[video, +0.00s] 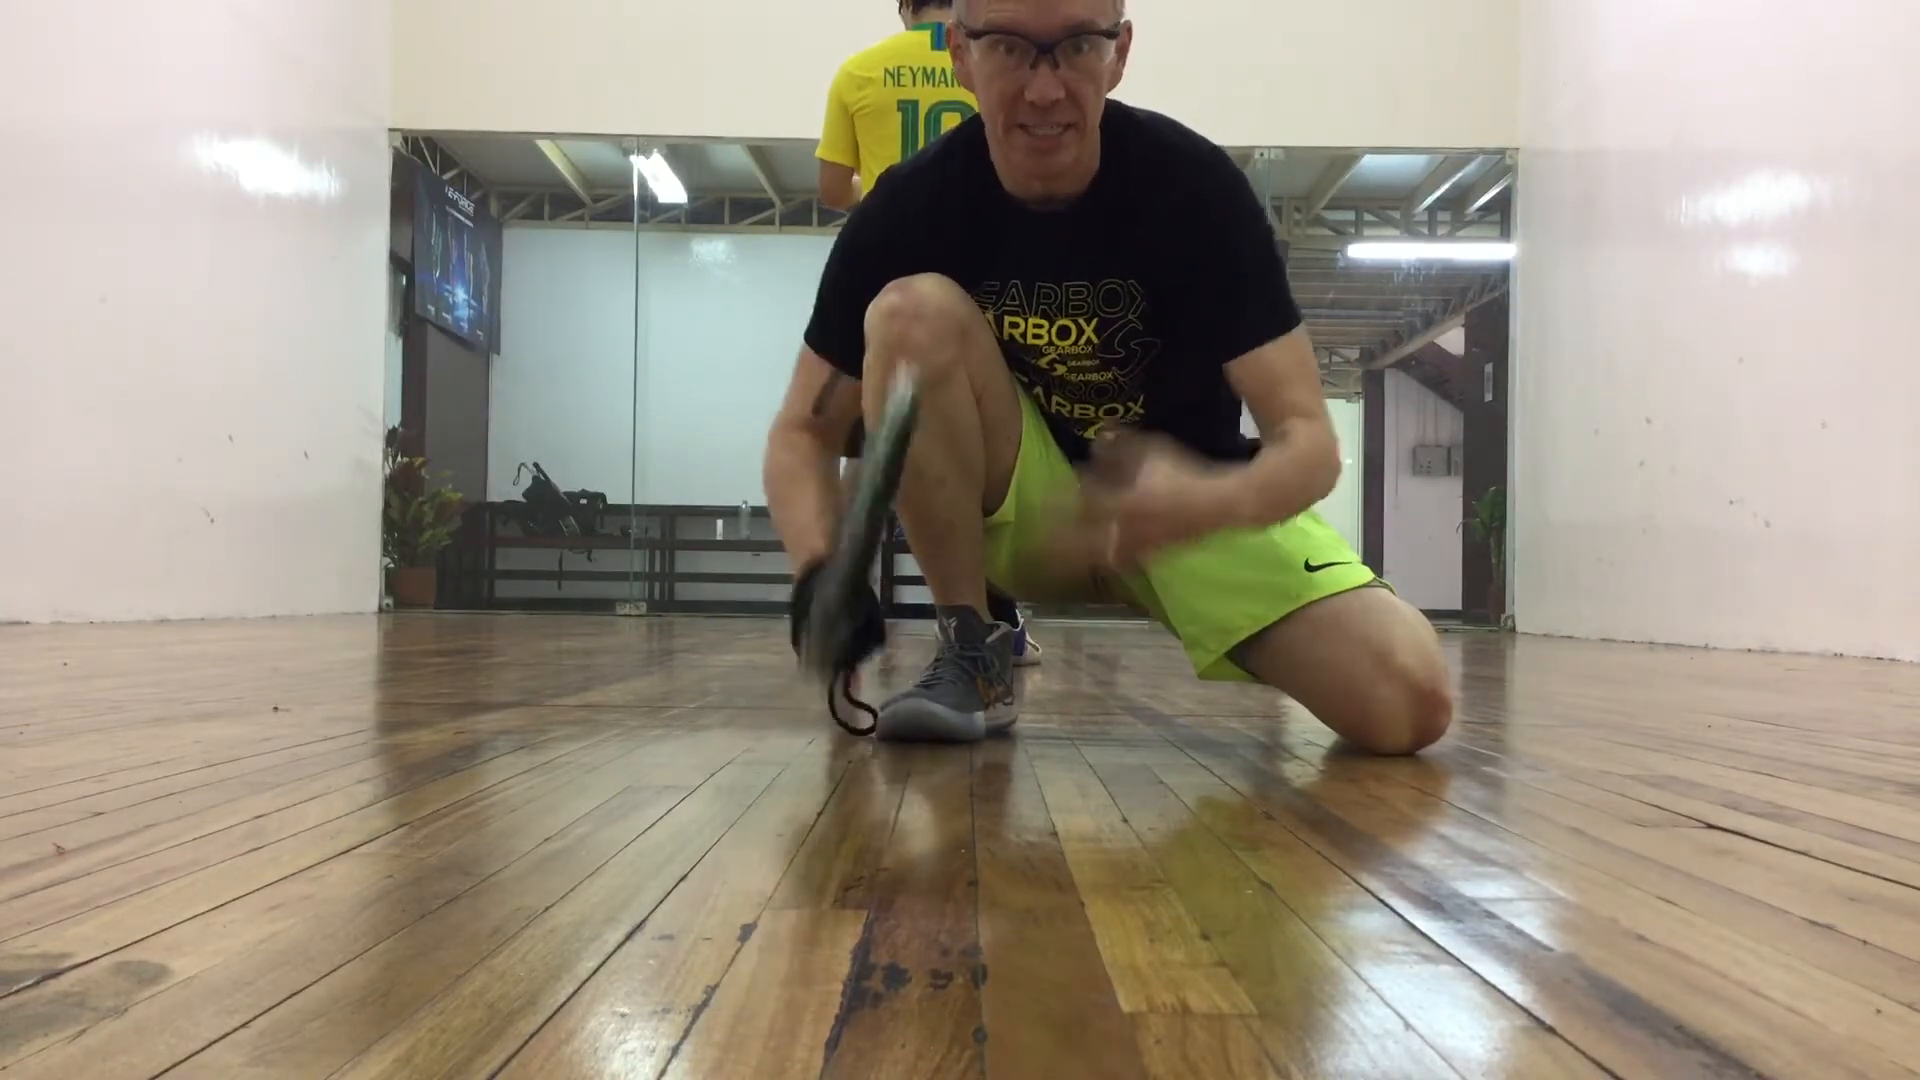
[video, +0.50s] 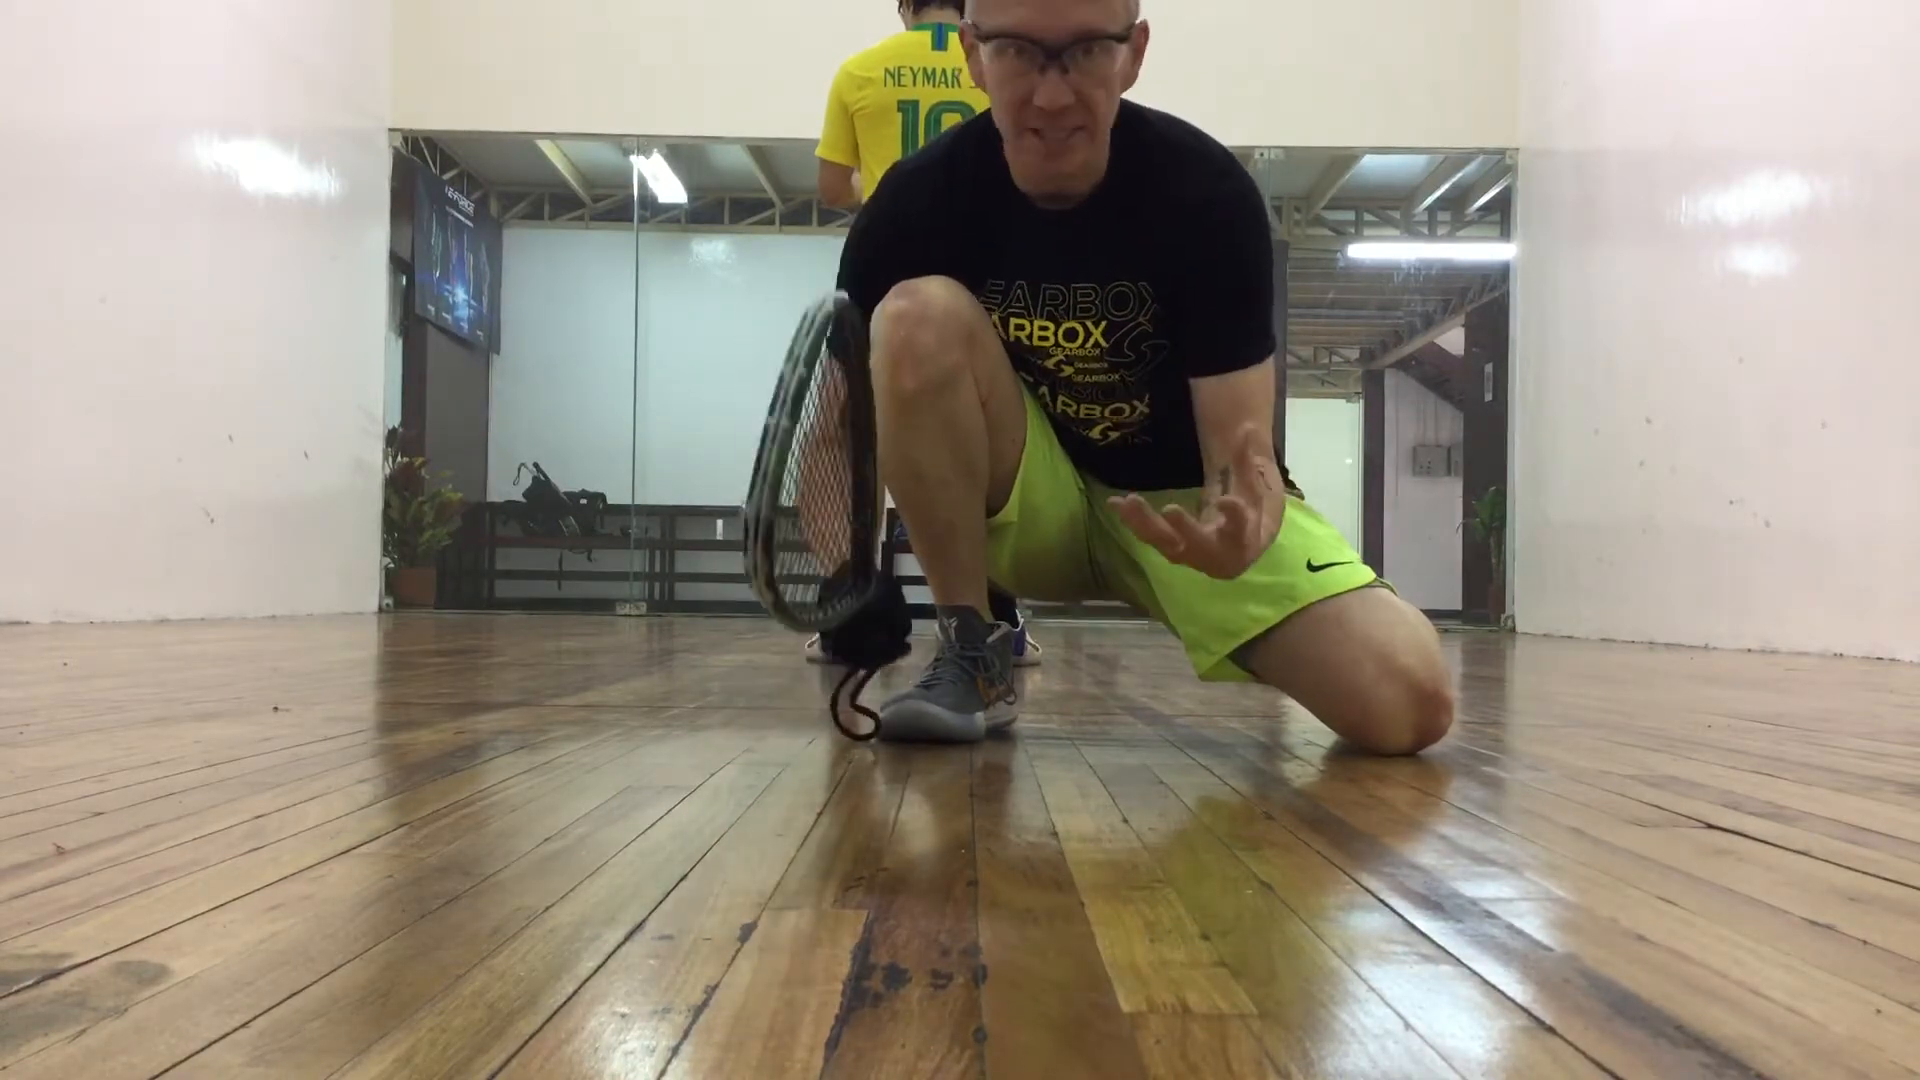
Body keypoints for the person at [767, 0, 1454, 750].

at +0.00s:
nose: (1046, 87)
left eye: (1076, 47)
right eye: (1011, 49)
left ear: (1120, 50)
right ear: (959, 52)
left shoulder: (1195, 187)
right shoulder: (906, 205)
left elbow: (1309, 444)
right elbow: (805, 431)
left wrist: (1203, 507)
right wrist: (822, 567)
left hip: (1192, 512)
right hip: (1019, 508)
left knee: (1408, 705)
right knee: (915, 313)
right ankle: (973, 643)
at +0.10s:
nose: (1038, 82)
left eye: (1069, 40)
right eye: (1009, 42)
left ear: (1121, 49)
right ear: (962, 49)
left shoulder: (1200, 185)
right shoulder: (913, 199)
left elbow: (1307, 457)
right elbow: (804, 423)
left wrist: (1227, 429)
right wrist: (828, 544)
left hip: (1189, 508)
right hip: (1022, 501)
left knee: (1409, 707)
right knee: (920, 313)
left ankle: (1245, 610)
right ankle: (974, 643)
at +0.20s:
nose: (1001, 75)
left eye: (1043, 42)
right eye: (986, 33)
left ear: (1120, 61)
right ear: (961, 33)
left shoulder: (1204, 185)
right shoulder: (916, 197)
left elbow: (1265, 490)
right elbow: (840, 398)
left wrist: (1253, 444)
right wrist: (829, 527)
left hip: (1193, 512)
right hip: (1028, 498)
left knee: (1410, 708)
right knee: (917, 316)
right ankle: (973, 646)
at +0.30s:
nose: (1019, 84)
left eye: (1060, 48)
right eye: (996, 42)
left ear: (1130, 58)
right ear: (964, 38)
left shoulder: (1203, 185)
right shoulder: (917, 195)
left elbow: (1255, 487)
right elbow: (842, 423)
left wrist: (1230, 487)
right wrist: (852, 545)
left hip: (1189, 512)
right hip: (1029, 497)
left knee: (1410, 712)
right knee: (917, 318)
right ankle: (967, 646)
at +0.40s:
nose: (1041, 90)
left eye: (1077, 49)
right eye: (1014, 48)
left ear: (1133, 53)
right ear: (971, 50)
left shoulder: (1205, 190)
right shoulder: (913, 202)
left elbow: (1242, 450)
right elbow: (844, 422)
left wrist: (1239, 540)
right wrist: (849, 569)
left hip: (1190, 514)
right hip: (1026, 502)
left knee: (1411, 711)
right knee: (918, 318)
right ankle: (972, 646)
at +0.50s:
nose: (1050, 93)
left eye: (1083, 53)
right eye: (1020, 53)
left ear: (1134, 53)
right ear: (972, 52)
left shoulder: (1207, 192)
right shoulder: (917, 201)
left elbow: (1245, 448)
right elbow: (843, 415)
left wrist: (1236, 542)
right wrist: (849, 590)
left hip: (1195, 511)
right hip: (1031, 502)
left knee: (1410, 711)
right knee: (918, 317)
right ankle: (968, 646)